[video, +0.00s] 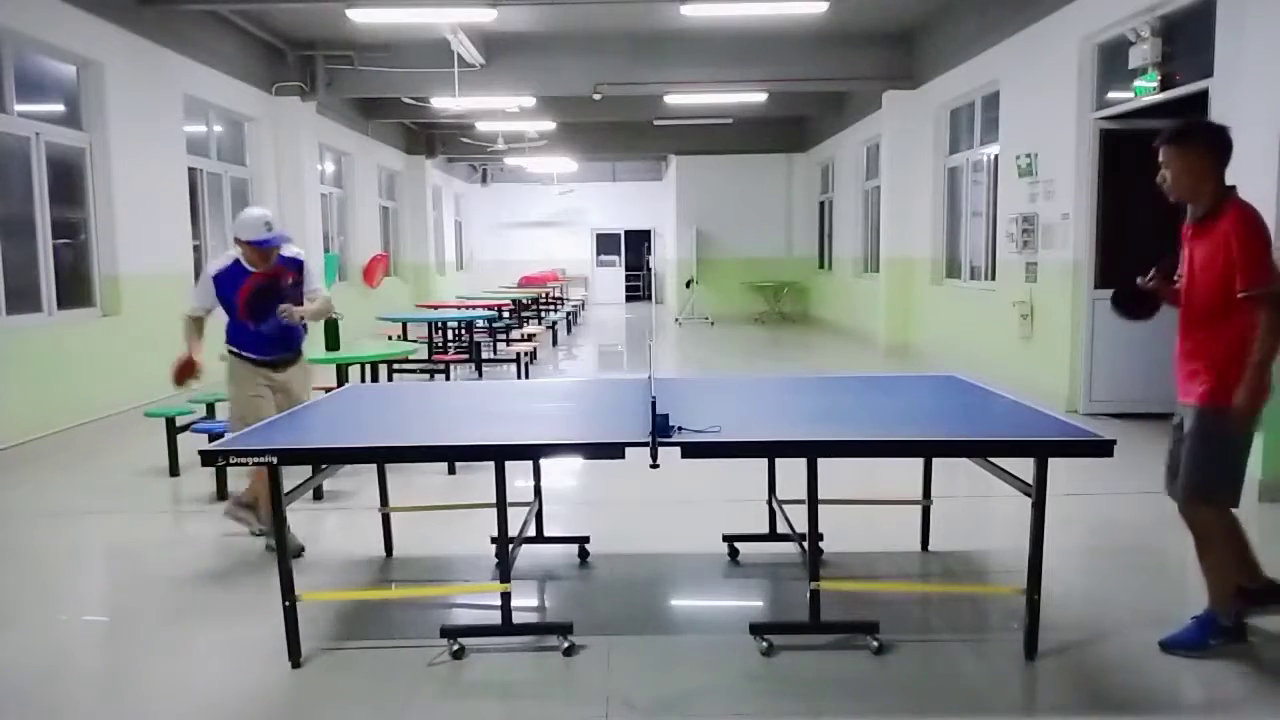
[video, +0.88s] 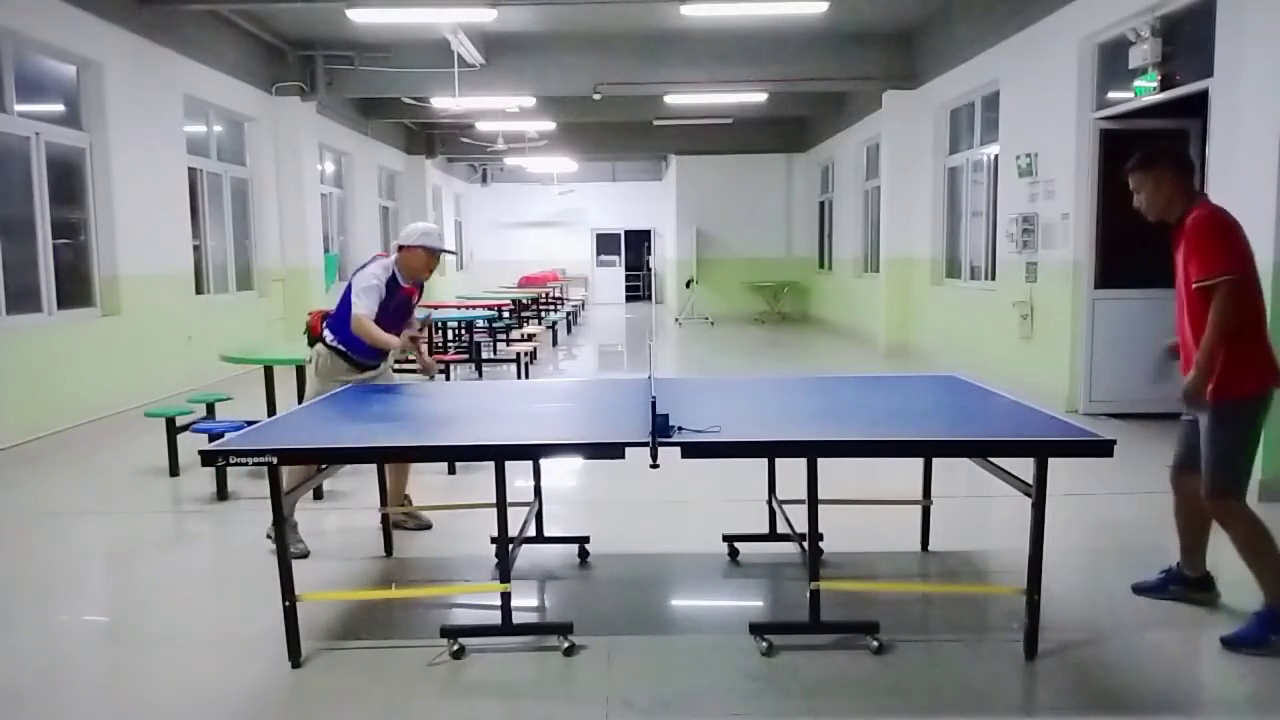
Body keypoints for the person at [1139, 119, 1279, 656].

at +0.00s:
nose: (1160, 178)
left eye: (1168, 167)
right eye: (1160, 167)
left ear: (1204, 165)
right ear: (1190, 169)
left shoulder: (1241, 224)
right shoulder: (1195, 224)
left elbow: (1267, 316)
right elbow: (1200, 300)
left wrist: (1250, 391)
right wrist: (1165, 289)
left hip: (1226, 392)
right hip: (1195, 388)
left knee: (1199, 498)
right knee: (1185, 488)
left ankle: (1223, 616)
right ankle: (1251, 581)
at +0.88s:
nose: (1136, 203)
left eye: (1140, 190)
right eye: (1133, 193)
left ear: (1170, 179)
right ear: (1170, 182)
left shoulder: (1208, 225)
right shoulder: (1191, 231)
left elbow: (1228, 299)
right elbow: (1213, 302)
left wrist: (1201, 374)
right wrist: (1186, 343)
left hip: (1240, 384)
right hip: (1212, 383)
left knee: (1222, 496)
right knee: (1186, 477)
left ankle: (1277, 607)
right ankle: (1192, 574)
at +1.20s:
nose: (1177, 218)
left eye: (1174, 206)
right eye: (1172, 209)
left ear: (1195, 188)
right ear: (1212, 184)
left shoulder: (1215, 226)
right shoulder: (1265, 218)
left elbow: (1227, 306)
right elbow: (1255, 309)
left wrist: (1205, 378)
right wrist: (1230, 388)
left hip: (1258, 393)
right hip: (1268, 389)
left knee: (1240, 501)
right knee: (1235, 491)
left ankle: (1274, 614)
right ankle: (1269, 590)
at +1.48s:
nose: (1228, 238)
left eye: (1226, 232)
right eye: (1227, 233)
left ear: (1233, 224)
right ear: (1266, 214)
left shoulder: (1241, 241)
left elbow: (1238, 299)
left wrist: (1248, 388)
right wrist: (1243, 373)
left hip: (1272, 404)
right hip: (1272, 403)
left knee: (1242, 506)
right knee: (1250, 506)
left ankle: (1276, 613)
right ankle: (1274, 614)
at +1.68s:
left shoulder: (1274, 273)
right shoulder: (1273, 274)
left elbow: (1261, 323)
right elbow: (1261, 322)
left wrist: (1246, 400)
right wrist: (1247, 400)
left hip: (1279, 428)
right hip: (1277, 427)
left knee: (1260, 509)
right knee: (1259, 509)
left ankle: (1277, 614)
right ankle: (1276, 614)